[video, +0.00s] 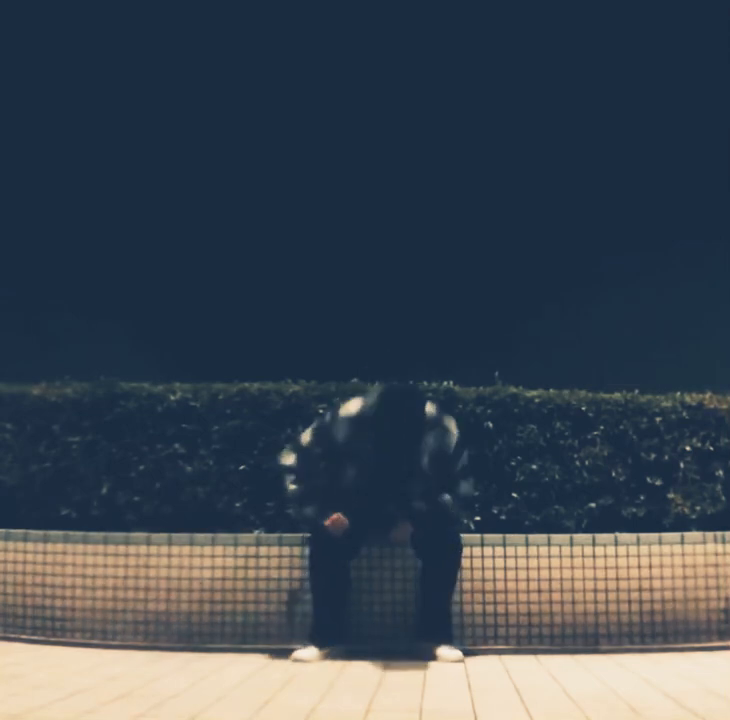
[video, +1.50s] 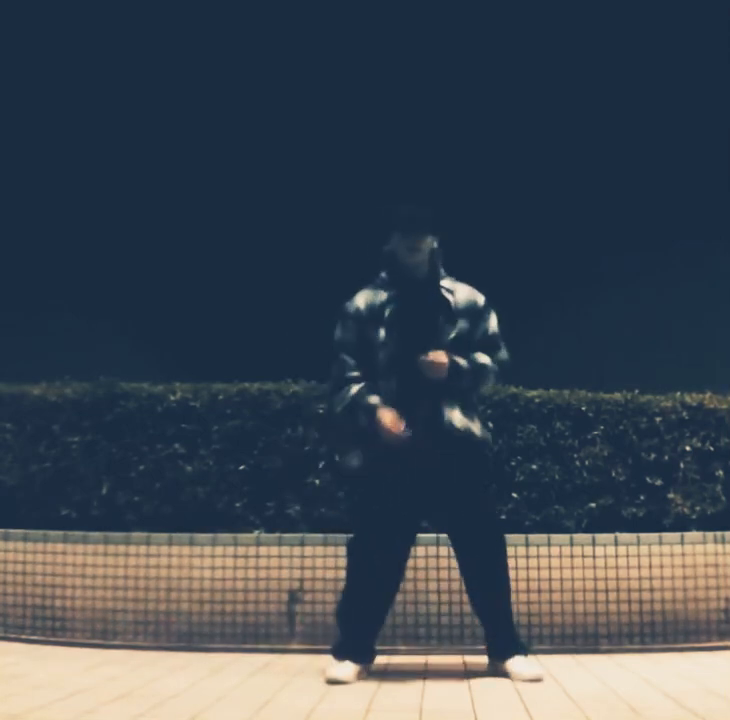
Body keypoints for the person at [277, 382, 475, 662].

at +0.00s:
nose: (397, 438)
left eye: (406, 430)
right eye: (390, 429)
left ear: (418, 419)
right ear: (377, 417)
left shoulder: (439, 428)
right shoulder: (345, 419)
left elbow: (458, 490)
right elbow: (293, 462)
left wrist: (413, 519)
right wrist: (322, 512)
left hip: (410, 508)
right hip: (356, 508)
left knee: (445, 538)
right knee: (326, 541)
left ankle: (438, 640)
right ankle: (324, 640)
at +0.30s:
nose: (427, 364)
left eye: (437, 357)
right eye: (422, 355)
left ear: (448, 352)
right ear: (411, 343)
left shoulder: (459, 379)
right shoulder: (371, 368)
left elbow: (454, 455)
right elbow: (354, 444)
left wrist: (423, 511)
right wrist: (368, 508)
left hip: (428, 484)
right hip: (377, 480)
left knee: (444, 540)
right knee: (356, 540)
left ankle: (436, 639)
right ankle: (322, 638)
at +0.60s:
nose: (416, 298)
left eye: (423, 289)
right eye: (407, 289)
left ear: (433, 283)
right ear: (393, 284)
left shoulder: (458, 325)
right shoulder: (366, 324)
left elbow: (472, 389)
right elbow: (350, 389)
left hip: (437, 454)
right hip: (377, 453)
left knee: (445, 545)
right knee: (359, 540)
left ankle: (438, 637)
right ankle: (341, 633)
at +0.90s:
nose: (383, 293)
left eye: (392, 285)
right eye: (375, 285)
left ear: (403, 278)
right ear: (361, 278)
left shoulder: (434, 318)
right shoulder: (337, 320)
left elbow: (451, 385)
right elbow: (314, 387)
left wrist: (415, 342)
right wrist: (356, 341)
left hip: (423, 451)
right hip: (360, 453)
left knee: (459, 527)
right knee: (352, 545)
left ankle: (441, 621)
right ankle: (352, 652)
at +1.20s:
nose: (389, 255)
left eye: (398, 245)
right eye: (380, 246)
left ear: (410, 246)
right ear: (363, 246)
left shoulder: (437, 298)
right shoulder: (333, 302)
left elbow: (474, 358)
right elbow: (300, 364)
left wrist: (440, 354)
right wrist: (345, 369)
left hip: (431, 442)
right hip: (363, 445)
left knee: (466, 535)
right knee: (361, 545)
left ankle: (507, 637)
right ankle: (349, 653)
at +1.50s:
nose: (414, 257)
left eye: (421, 247)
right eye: (405, 248)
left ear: (436, 246)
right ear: (389, 249)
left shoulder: (469, 302)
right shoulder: (364, 307)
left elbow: (495, 366)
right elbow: (344, 377)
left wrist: (455, 367)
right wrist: (374, 408)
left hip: (458, 448)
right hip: (390, 449)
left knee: (482, 548)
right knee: (374, 550)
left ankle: (507, 650)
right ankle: (351, 653)